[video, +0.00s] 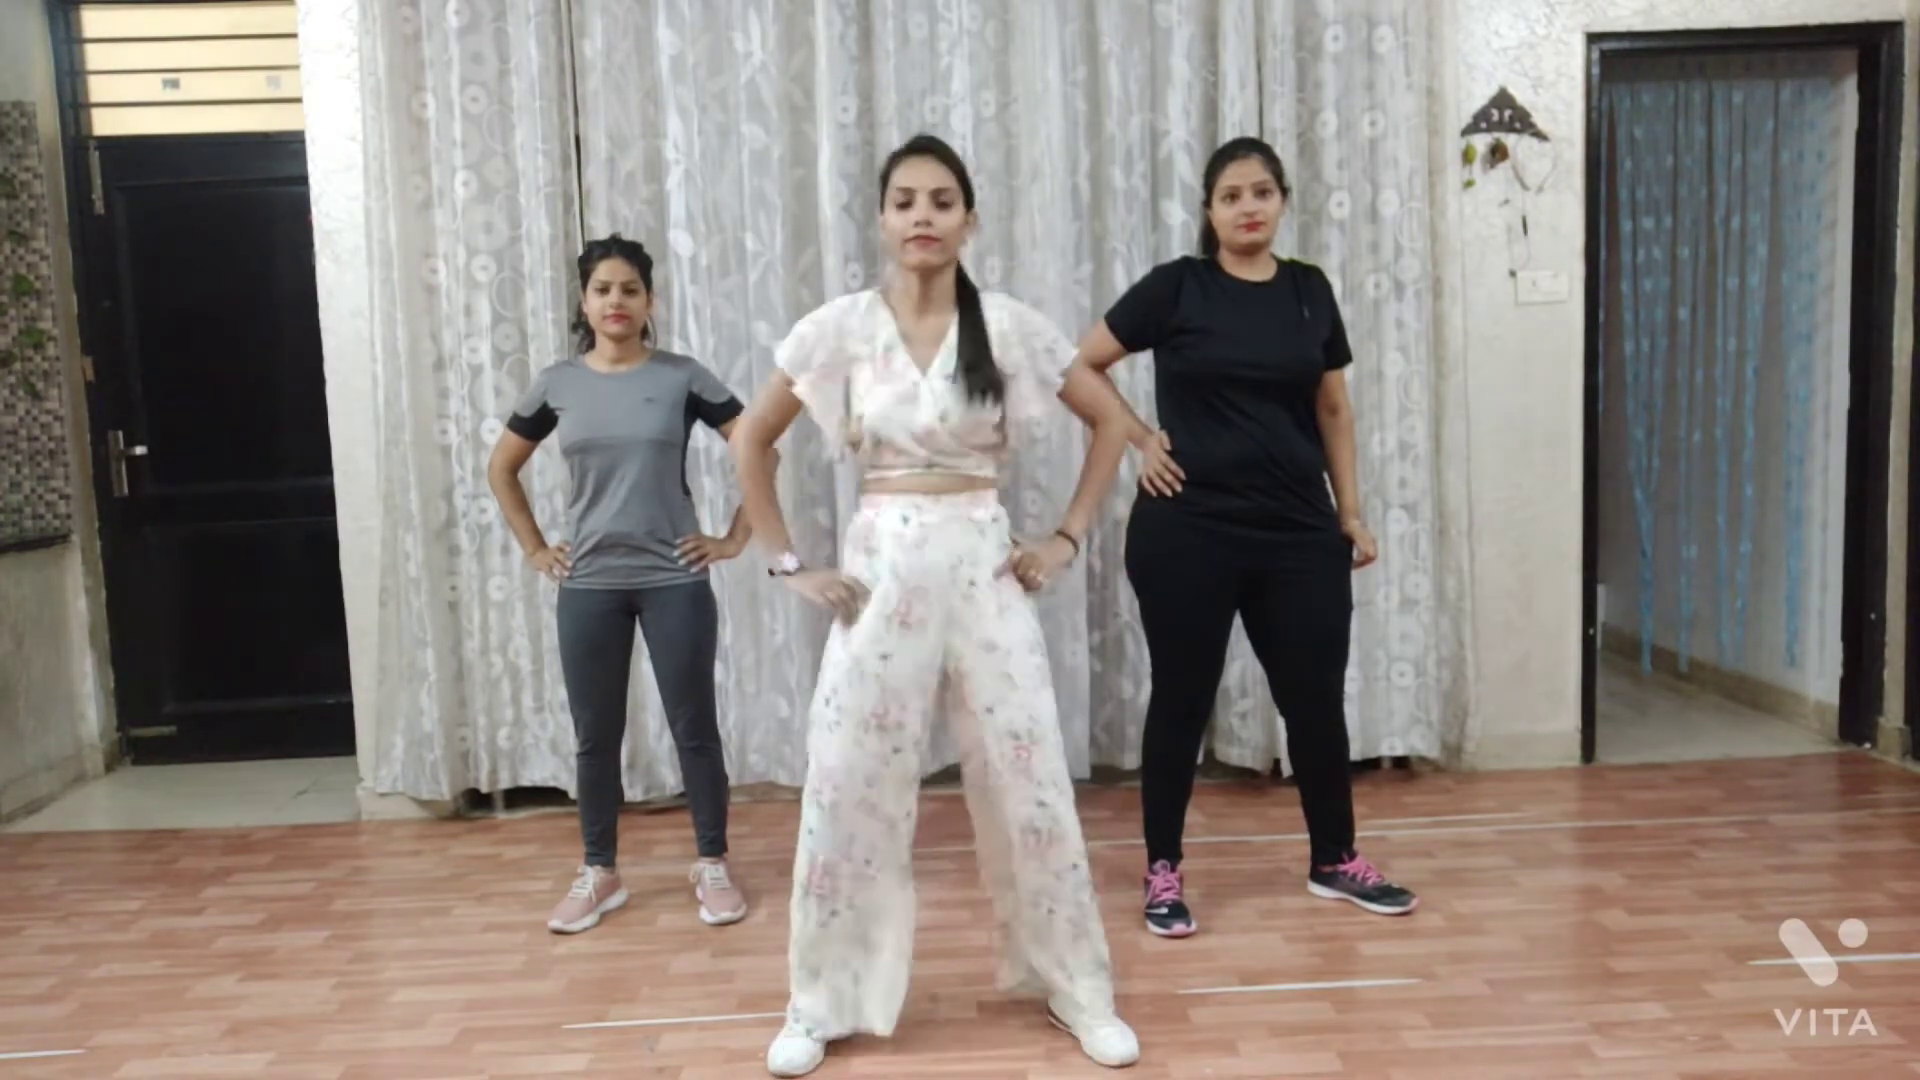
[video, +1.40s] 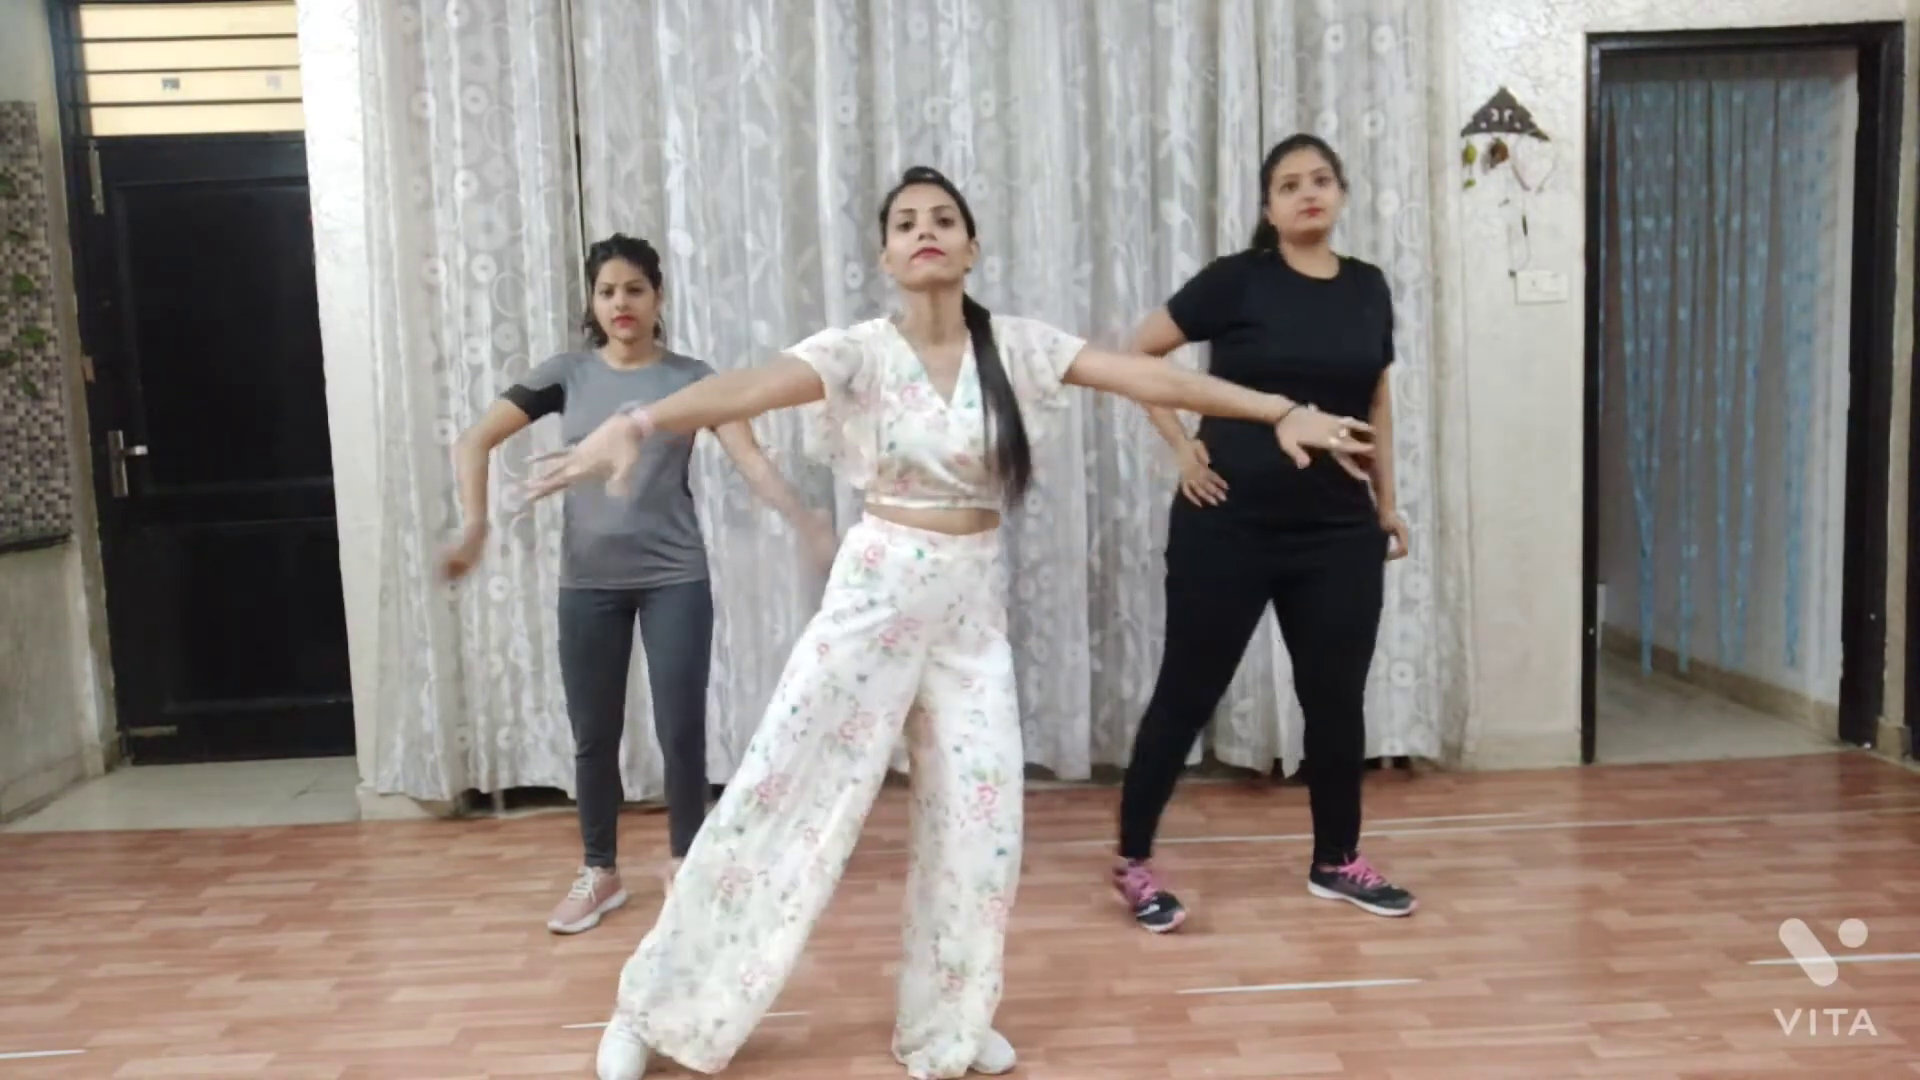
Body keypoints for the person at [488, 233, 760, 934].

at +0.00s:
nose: (616, 302)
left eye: (629, 290)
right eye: (603, 290)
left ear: (649, 302)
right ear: (583, 302)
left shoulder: (682, 378)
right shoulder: (557, 385)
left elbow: (758, 448)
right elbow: (502, 467)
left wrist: (734, 537)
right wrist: (537, 549)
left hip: (675, 573)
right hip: (589, 578)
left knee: (693, 725)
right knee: (595, 735)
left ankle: (712, 866)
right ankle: (599, 872)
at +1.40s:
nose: (621, 303)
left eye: (634, 290)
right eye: (608, 292)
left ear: (658, 297)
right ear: (591, 303)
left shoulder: (694, 379)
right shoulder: (569, 375)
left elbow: (752, 460)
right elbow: (473, 441)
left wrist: (806, 518)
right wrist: (473, 529)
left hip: (674, 574)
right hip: (589, 582)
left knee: (680, 732)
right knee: (595, 738)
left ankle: (687, 873)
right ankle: (599, 873)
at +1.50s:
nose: (629, 307)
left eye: (642, 293)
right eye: (616, 295)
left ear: (667, 299)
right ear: (601, 305)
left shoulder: (701, 377)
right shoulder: (583, 372)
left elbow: (757, 443)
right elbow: (521, 414)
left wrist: (826, 497)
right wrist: (470, 445)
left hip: (680, 578)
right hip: (596, 580)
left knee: (683, 733)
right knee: (587, 736)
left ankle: (687, 871)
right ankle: (597, 872)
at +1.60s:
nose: (632, 309)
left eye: (646, 295)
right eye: (620, 298)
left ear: (675, 302)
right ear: (606, 309)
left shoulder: (707, 379)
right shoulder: (600, 372)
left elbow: (750, 421)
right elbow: (565, 384)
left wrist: (807, 455)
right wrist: (524, 370)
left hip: (688, 580)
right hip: (605, 581)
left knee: (688, 726)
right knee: (567, 721)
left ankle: (685, 869)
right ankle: (579, 864)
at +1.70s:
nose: (640, 313)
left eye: (653, 299)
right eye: (627, 301)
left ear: (683, 303)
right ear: (610, 309)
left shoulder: (709, 371)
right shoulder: (598, 366)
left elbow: (729, 389)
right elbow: (600, 375)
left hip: (701, 579)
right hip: (616, 577)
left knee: (691, 736)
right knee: (556, 716)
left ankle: (687, 874)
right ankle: (509, 851)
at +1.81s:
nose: (644, 312)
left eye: (656, 299)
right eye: (631, 303)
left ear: (685, 302)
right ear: (616, 311)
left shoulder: (724, 372)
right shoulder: (604, 365)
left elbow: (697, 378)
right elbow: (621, 362)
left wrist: (648, 343)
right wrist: (723, 320)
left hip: (708, 574)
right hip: (623, 575)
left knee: (696, 734)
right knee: (549, 714)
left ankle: (687, 876)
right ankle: (471, 836)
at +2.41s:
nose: (662, 314)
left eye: (674, 302)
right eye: (647, 304)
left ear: (690, 308)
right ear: (622, 315)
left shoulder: (717, 380)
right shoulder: (604, 376)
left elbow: (771, 331)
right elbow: (535, 320)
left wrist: (674, 334)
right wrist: (621, 307)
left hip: (708, 581)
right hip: (621, 582)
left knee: (695, 735)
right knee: (553, 724)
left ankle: (690, 876)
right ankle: (482, 840)